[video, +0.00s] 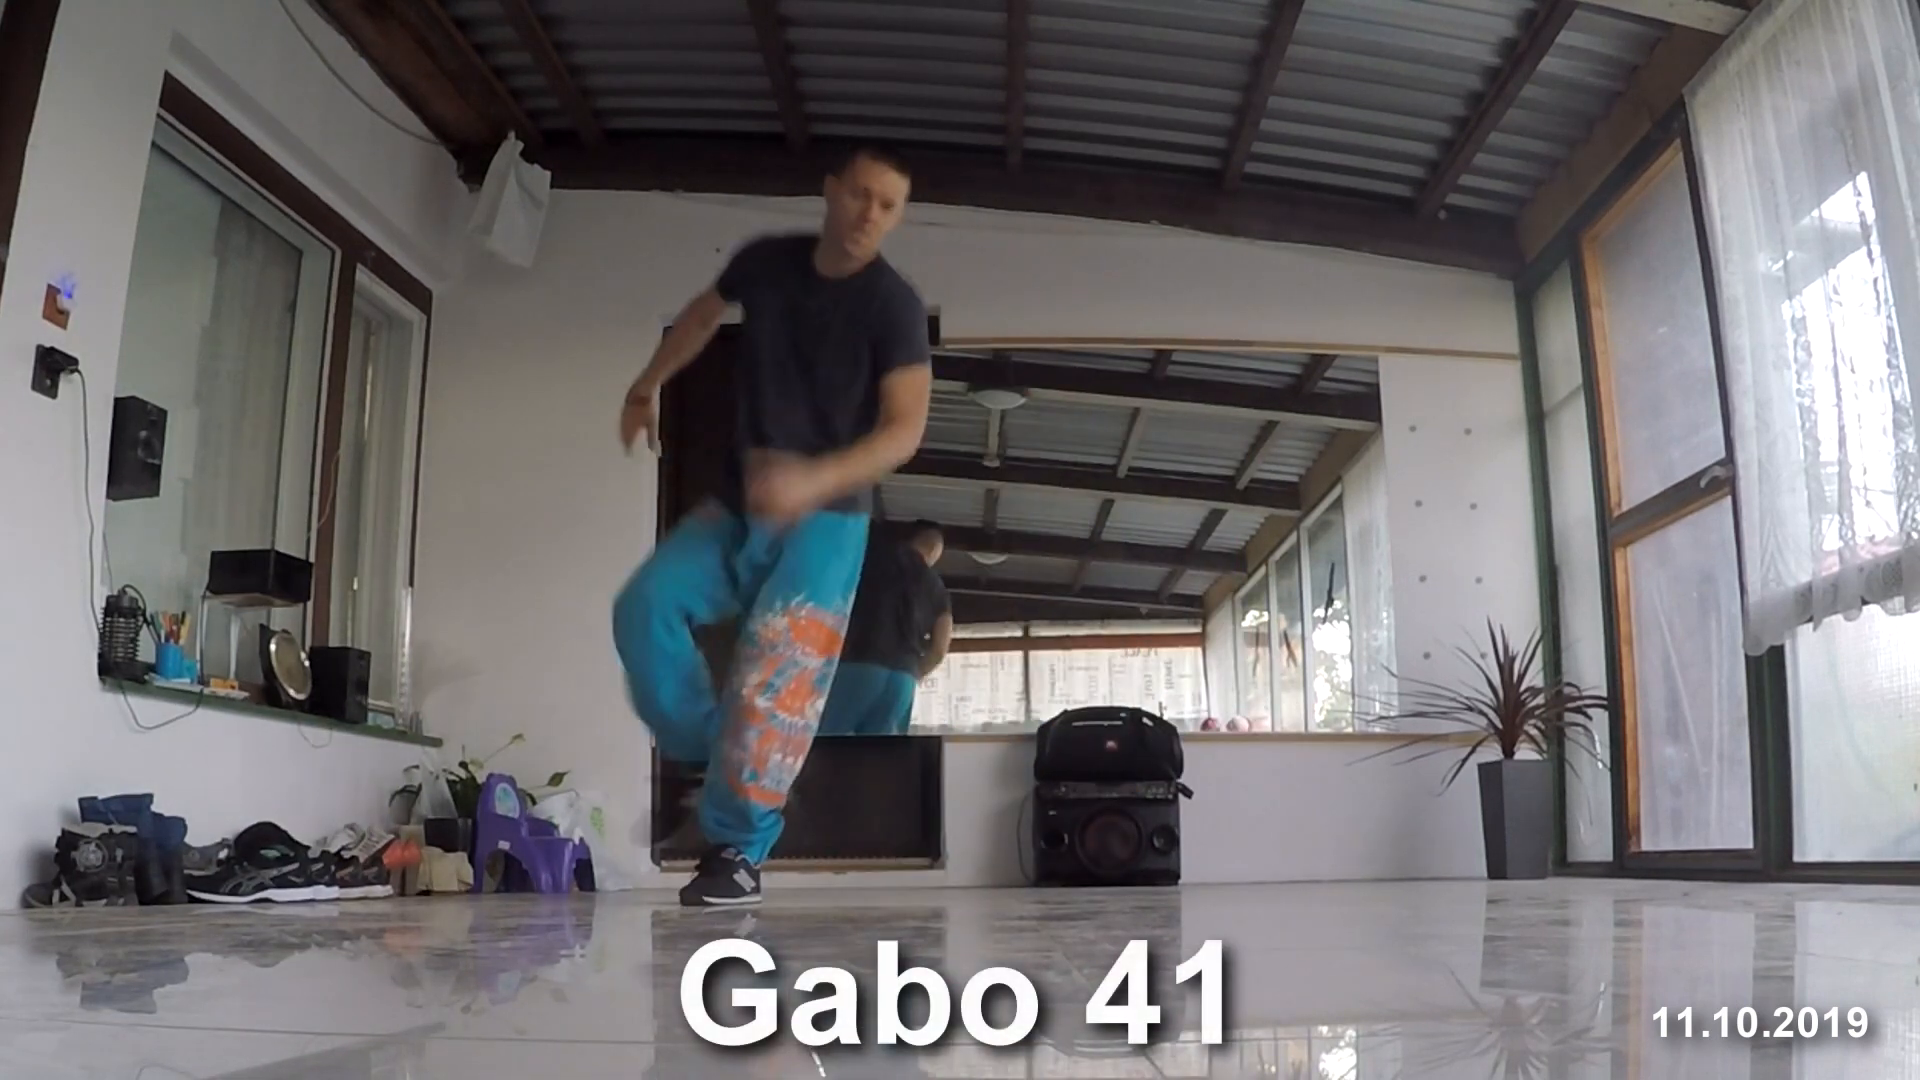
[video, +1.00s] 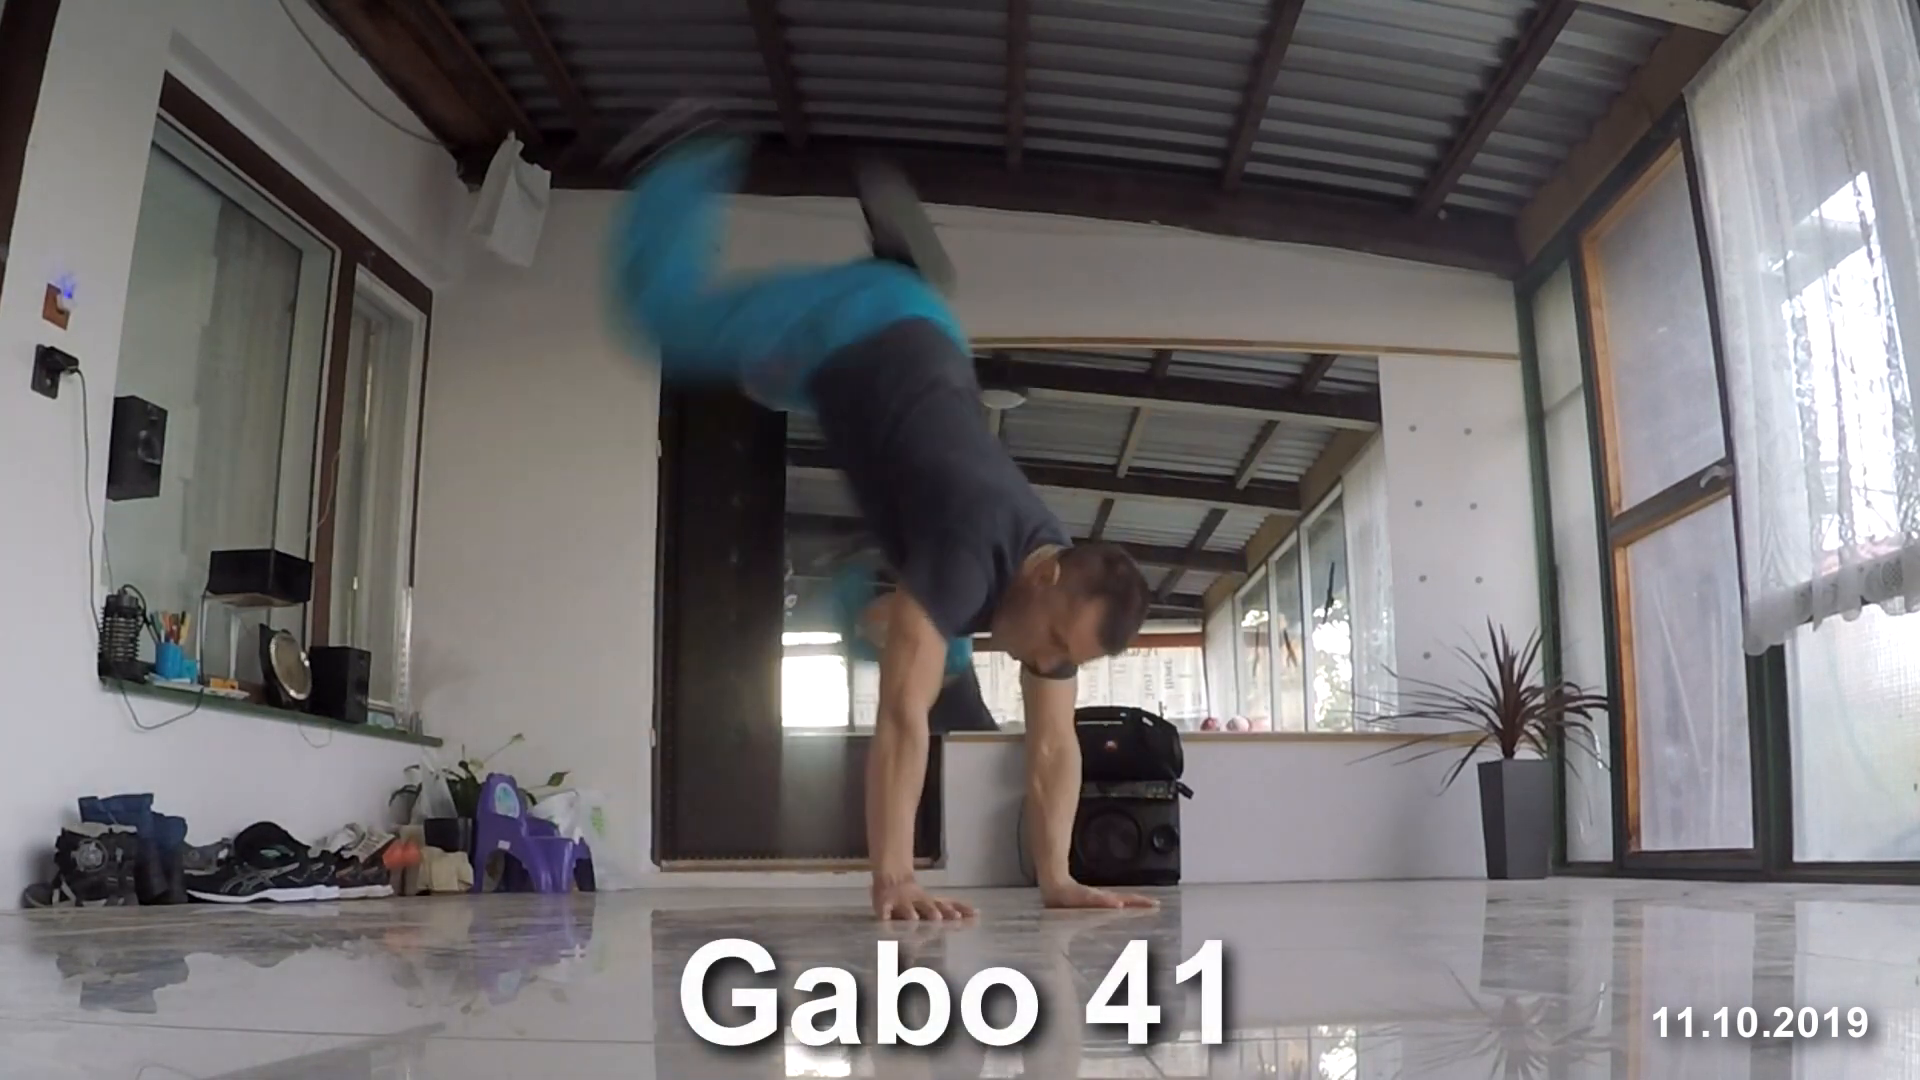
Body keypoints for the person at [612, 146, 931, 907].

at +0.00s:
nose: (869, 215)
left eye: (886, 205)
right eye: (859, 195)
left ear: (899, 217)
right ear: (829, 191)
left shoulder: (895, 305)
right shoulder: (764, 263)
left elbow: (905, 434)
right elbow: (701, 319)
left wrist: (815, 478)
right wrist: (646, 385)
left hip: (827, 519)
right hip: (736, 507)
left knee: (780, 672)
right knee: (644, 607)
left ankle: (738, 852)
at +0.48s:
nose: (950, 285)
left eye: (968, 275)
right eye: (946, 260)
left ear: (984, 269)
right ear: (914, 222)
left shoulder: (945, 315)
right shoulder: (820, 266)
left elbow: (898, 387)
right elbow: (703, 376)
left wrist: (876, 465)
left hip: (794, 479)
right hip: (715, 458)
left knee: (754, 640)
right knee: (694, 624)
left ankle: (700, 797)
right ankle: (654, 814)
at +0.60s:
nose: (1001, 477)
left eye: (1017, 468)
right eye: (1005, 458)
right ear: (974, 408)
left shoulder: (942, 395)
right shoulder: (881, 448)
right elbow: (847, 635)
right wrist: (879, 797)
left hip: (772, 523)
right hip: (713, 496)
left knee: (671, 627)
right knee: (709, 678)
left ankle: (577, 716)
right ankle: (655, 856)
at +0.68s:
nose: (1023, 527)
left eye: (1036, 513)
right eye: (1020, 507)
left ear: (1013, 455)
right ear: (982, 461)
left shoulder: (976, 415)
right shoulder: (895, 505)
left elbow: (1037, 383)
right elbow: (871, 688)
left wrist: (1110, 416)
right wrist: (897, 848)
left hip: (761, 478)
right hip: (714, 489)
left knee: (697, 585)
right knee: (709, 681)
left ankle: (575, 621)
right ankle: (654, 855)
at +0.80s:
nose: (1028, 631)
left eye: (1048, 625)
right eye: (1033, 613)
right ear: (1006, 552)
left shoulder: (1035, 504)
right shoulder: (915, 554)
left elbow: (1099, 608)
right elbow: (881, 725)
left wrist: (1117, 706)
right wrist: (893, 883)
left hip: (825, 369)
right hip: (753, 421)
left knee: (721, 379)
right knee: (687, 605)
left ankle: (653, 282)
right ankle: (572, 753)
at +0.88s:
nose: (1052, 660)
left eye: (1069, 652)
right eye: (1053, 639)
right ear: (1025, 581)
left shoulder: (1054, 552)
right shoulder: (931, 563)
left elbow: (1060, 699)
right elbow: (887, 728)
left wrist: (1075, 835)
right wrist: (894, 883)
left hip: (866, 349)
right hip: (772, 382)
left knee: (793, 307)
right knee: (673, 546)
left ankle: (777, 187)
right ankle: (516, 487)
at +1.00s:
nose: (1047, 663)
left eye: (1065, 662)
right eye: (1059, 647)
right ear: (1050, 580)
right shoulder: (964, 556)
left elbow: (1053, 741)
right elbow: (901, 723)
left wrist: (1056, 880)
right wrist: (895, 879)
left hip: (935, 357)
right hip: (856, 329)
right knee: (662, 320)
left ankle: (861, 600)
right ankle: (696, 160)